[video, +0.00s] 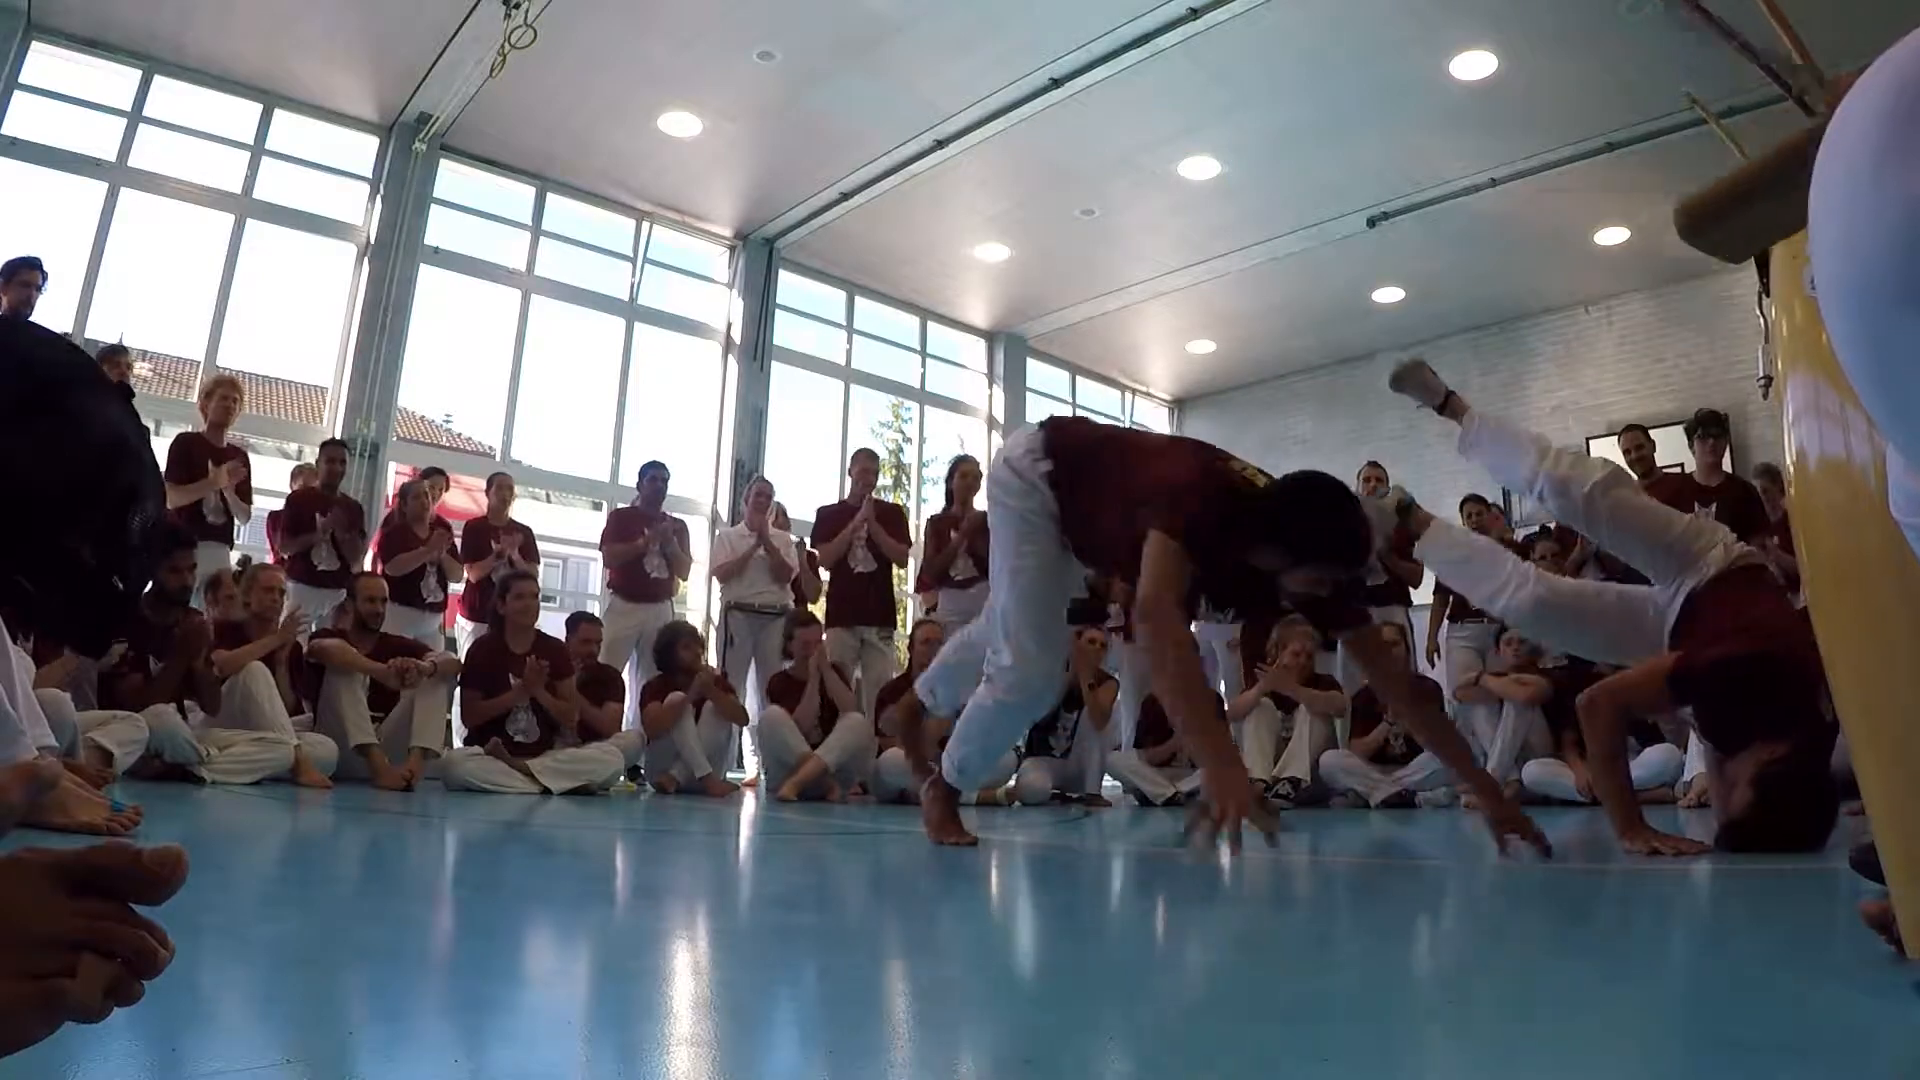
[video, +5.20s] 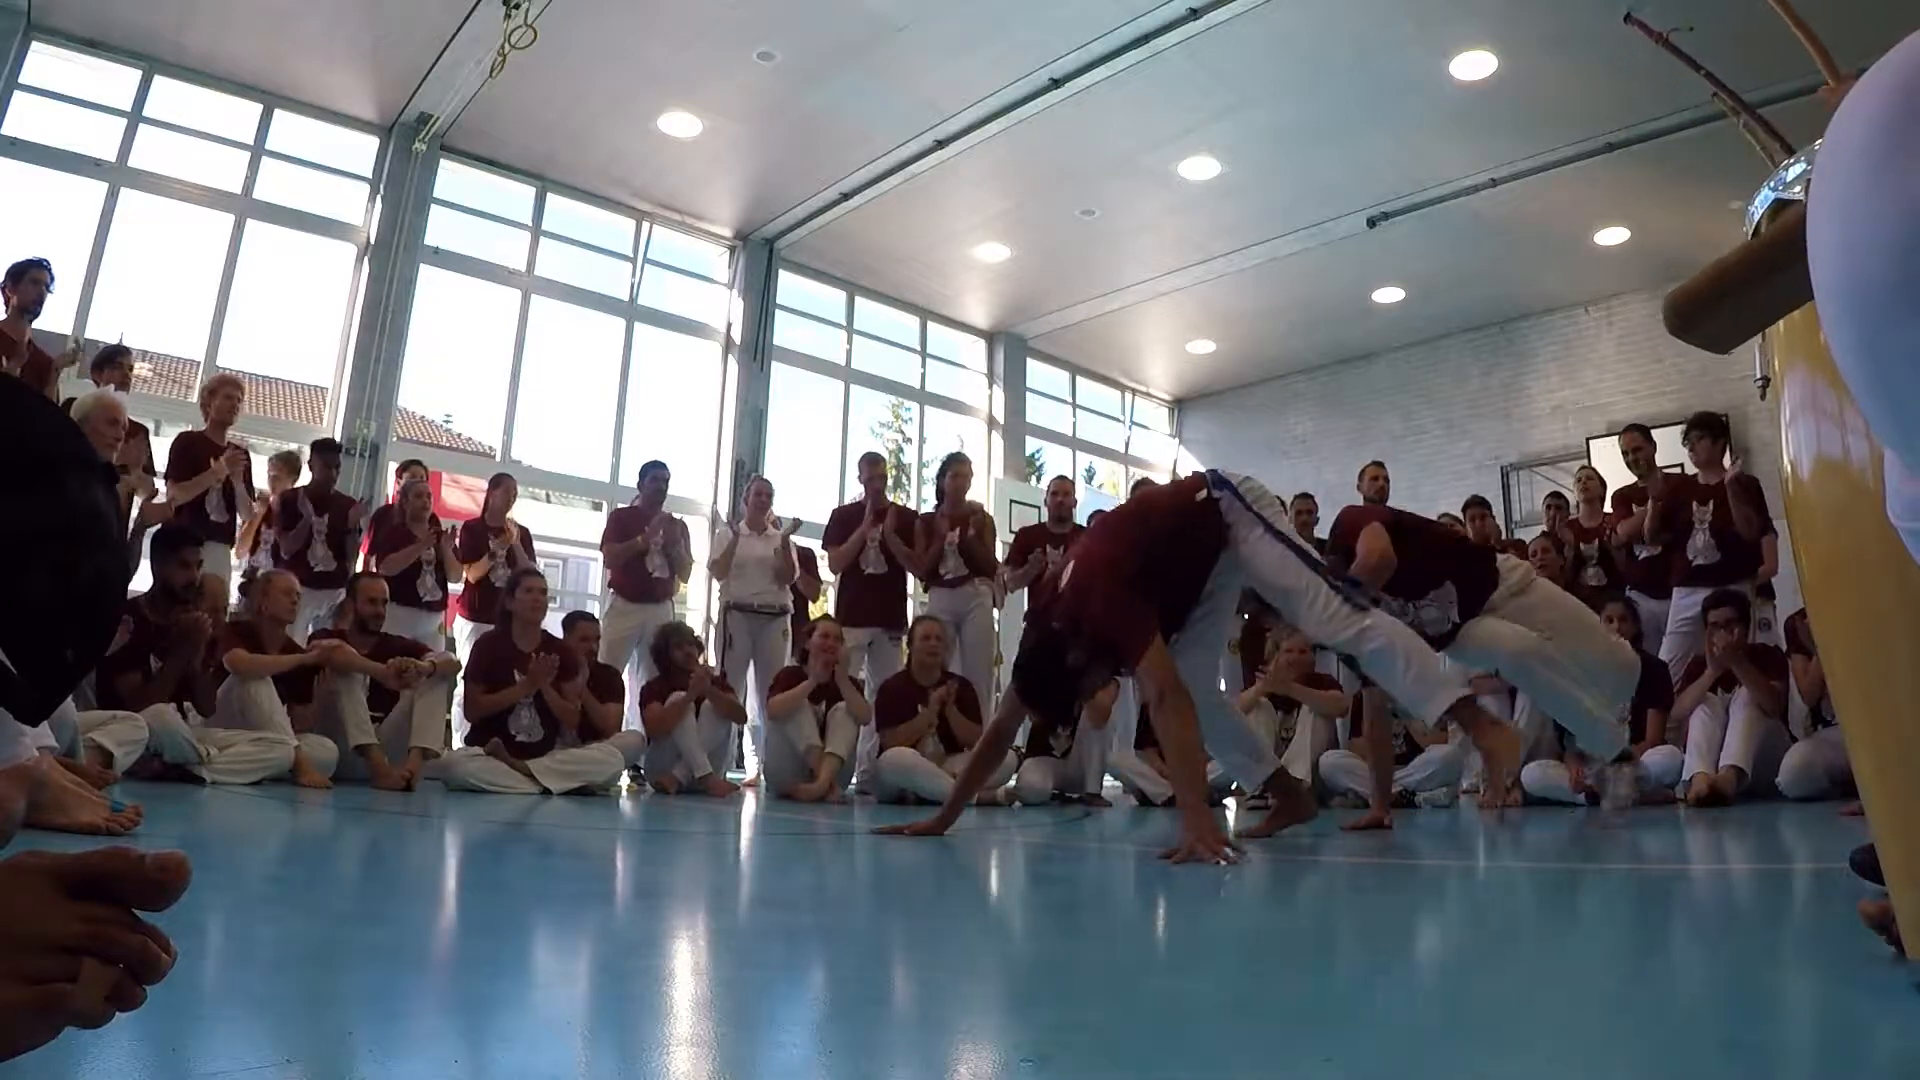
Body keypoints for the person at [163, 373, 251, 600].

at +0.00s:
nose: (229, 404)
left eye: (235, 401)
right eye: (223, 398)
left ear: (239, 410)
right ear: (204, 404)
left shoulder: (238, 456)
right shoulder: (184, 442)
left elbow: (244, 516)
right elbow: (171, 498)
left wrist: (229, 492)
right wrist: (213, 482)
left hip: (218, 548)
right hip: (181, 545)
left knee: (214, 621)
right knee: (173, 619)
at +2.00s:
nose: (229, 404)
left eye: (234, 400)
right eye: (223, 397)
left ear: (237, 408)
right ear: (205, 403)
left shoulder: (237, 453)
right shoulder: (183, 440)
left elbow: (245, 512)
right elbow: (172, 497)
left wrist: (230, 478)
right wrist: (218, 472)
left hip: (216, 546)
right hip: (179, 542)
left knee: (208, 618)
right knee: (171, 612)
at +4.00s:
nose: (239, 408)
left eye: (243, 403)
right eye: (232, 400)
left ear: (246, 410)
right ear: (211, 406)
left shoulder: (243, 458)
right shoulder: (189, 442)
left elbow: (245, 519)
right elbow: (176, 500)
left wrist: (236, 491)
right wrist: (217, 483)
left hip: (218, 550)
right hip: (180, 545)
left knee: (208, 621)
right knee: (171, 615)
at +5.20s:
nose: (234, 405)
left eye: (238, 401)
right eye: (228, 397)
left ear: (241, 408)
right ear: (208, 402)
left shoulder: (239, 453)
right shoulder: (186, 441)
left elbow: (247, 513)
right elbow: (174, 495)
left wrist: (237, 479)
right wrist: (216, 473)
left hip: (219, 546)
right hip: (183, 542)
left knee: (214, 618)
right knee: (176, 614)